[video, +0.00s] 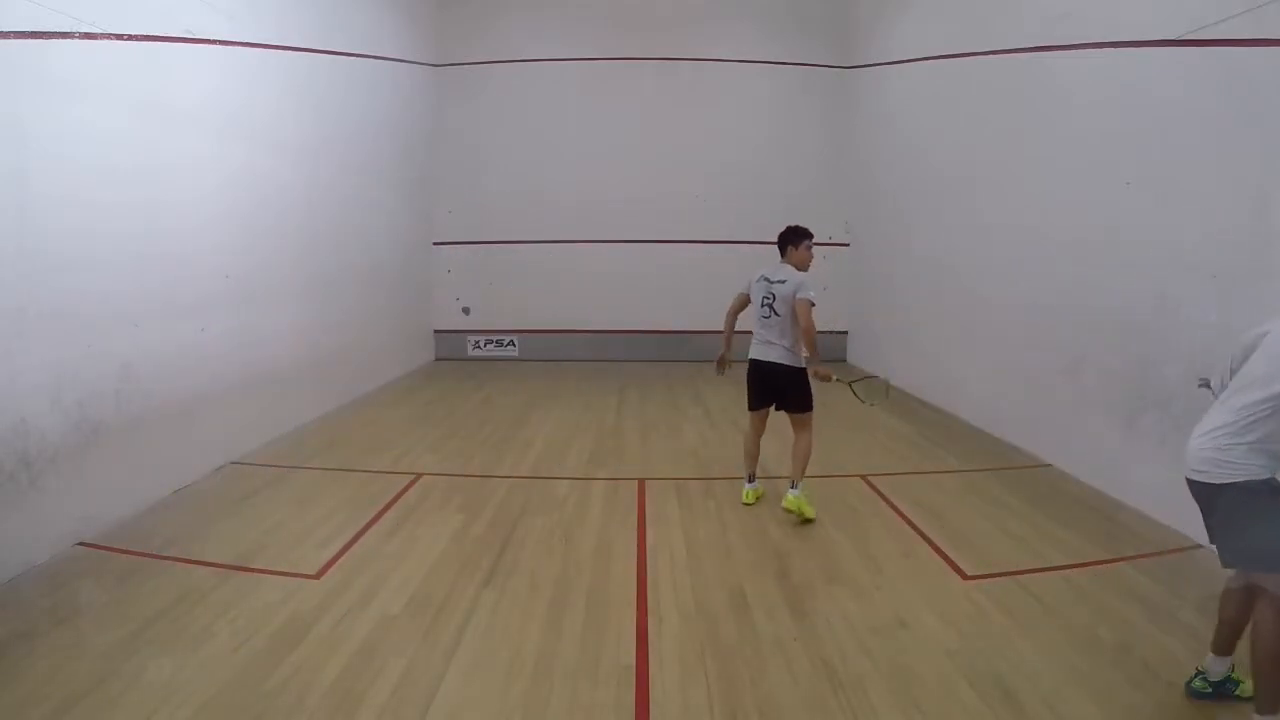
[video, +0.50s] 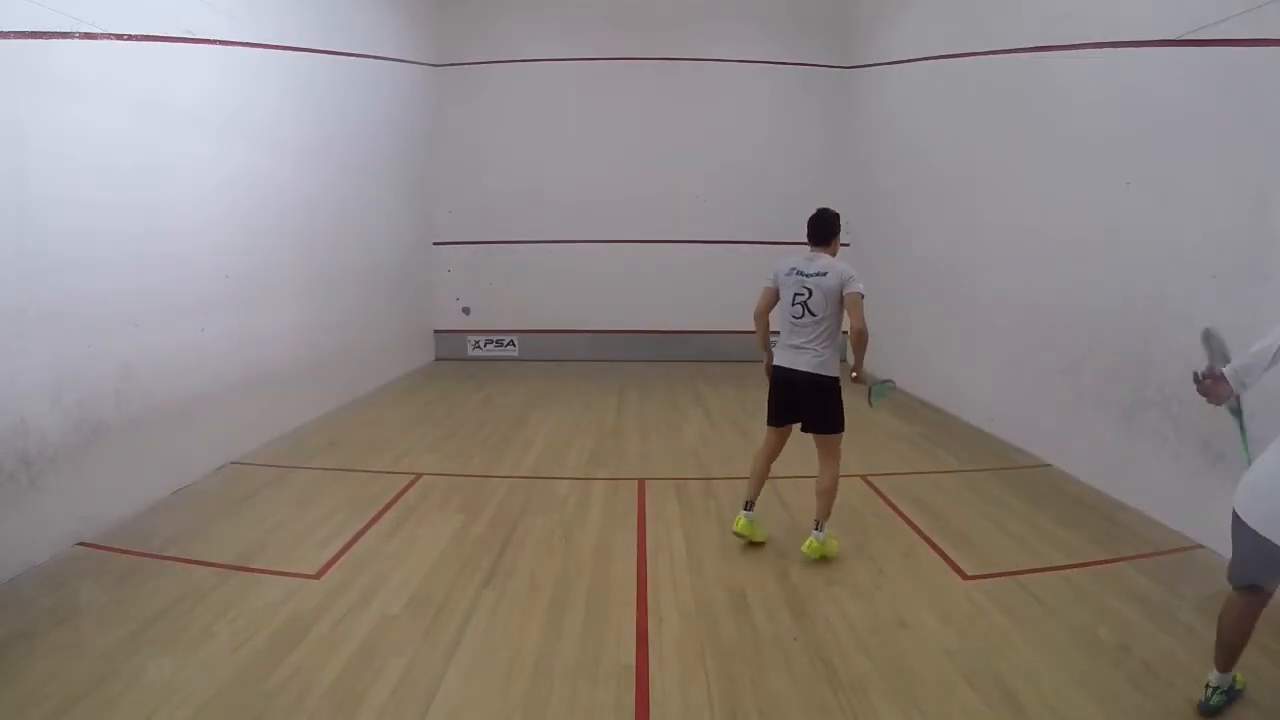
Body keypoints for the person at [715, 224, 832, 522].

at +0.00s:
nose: (812, 255)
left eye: (812, 249)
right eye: (808, 248)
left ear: (786, 251)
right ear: (792, 249)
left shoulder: (760, 278)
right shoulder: (800, 282)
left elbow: (732, 311)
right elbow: (806, 324)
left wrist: (726, 349)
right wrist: (816, 362)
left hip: (758, 367)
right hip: (789, 370)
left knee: (755, 428)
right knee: (802, 429)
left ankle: (749, 487)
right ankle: (795, 492)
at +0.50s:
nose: (841, 241)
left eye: (837, 235)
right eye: (841, 236)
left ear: (808, 236)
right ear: (837, 238)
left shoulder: (787, 268)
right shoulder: (844, 272)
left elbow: (760, 312)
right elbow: (857, 328)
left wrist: (767, 354)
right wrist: (858, 368)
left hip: (783, 374)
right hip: (821, 380)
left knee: (771, 442)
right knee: (829, 458)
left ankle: (745, 514)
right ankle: (818, 535)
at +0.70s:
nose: (867, 266)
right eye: (867, 261)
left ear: (834, 261)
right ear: (865, 265)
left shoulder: (809, 295)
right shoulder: (867, 306)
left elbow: (781, 341)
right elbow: (879, 367)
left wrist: (783, 387)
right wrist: (887, 410)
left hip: (801, 407)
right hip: (842, 415)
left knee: (774, 473)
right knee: (877, 487)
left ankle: (740, 536)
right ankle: (878, 572)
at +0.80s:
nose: (894, 261)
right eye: (895, 256)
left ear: (861, 256)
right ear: (894, 260)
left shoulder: (833, 292)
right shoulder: (894, 303)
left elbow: (807, 342)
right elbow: (899, 369)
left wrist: (800, 387)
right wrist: (910, 417)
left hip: (827, 405)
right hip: (870, 414)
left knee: (792, 473)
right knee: (900, 488)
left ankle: (755, 534)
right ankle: (882, 572)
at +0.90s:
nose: (925, 263)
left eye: (920, 256)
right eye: (926, 258)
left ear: (891, 253)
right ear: (922, 260)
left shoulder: (861, 286)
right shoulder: (913, 300)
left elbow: (828, 335)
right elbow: (915, 369)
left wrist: (822, 385)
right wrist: (929, 425)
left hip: (845, 405)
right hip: (886, 413)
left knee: (821, 475)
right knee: (927, 485)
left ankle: (777, 538)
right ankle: (901, 567)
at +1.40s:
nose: (970, 290)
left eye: (969, 284)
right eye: (970, 284)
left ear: (934, 277)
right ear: (966, 284)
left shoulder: (899, 301)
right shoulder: (963, 332)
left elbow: (850, 330)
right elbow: (965, 408)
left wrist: (822, 380)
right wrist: (947, 445)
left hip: (863, 410)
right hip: (910, 424)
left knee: (832, 481)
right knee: (948, 501)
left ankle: (796, 552)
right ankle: (939, 590)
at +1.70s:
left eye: (854, 257)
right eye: (879, 259)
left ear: (846, 261)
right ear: (881, 264)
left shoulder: (824, 298)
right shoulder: (895, 315)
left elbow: (793, 348)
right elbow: (905, 381)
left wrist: (780, 391)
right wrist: (893, 418)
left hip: (820, 418)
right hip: (869, 424)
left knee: (799, 485)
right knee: (895, 503)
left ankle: (797, 565)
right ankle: (925, 584)